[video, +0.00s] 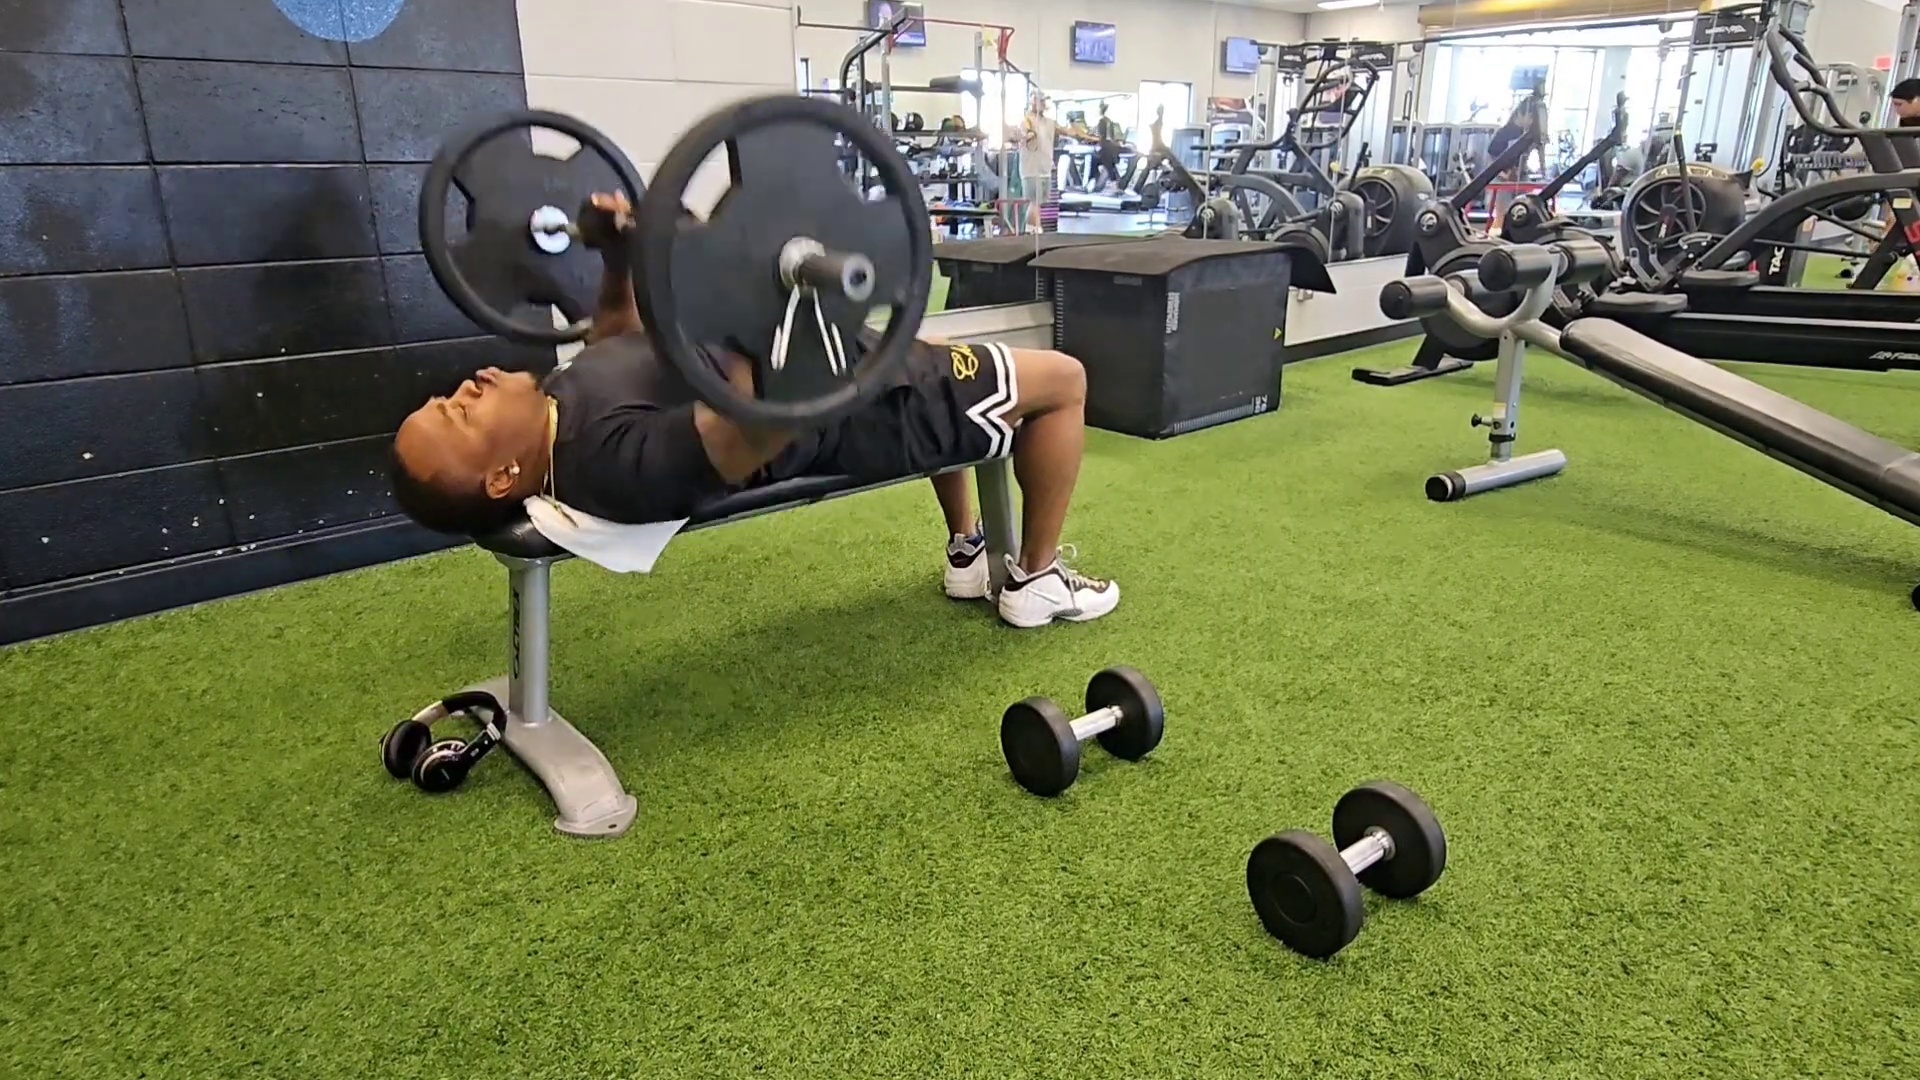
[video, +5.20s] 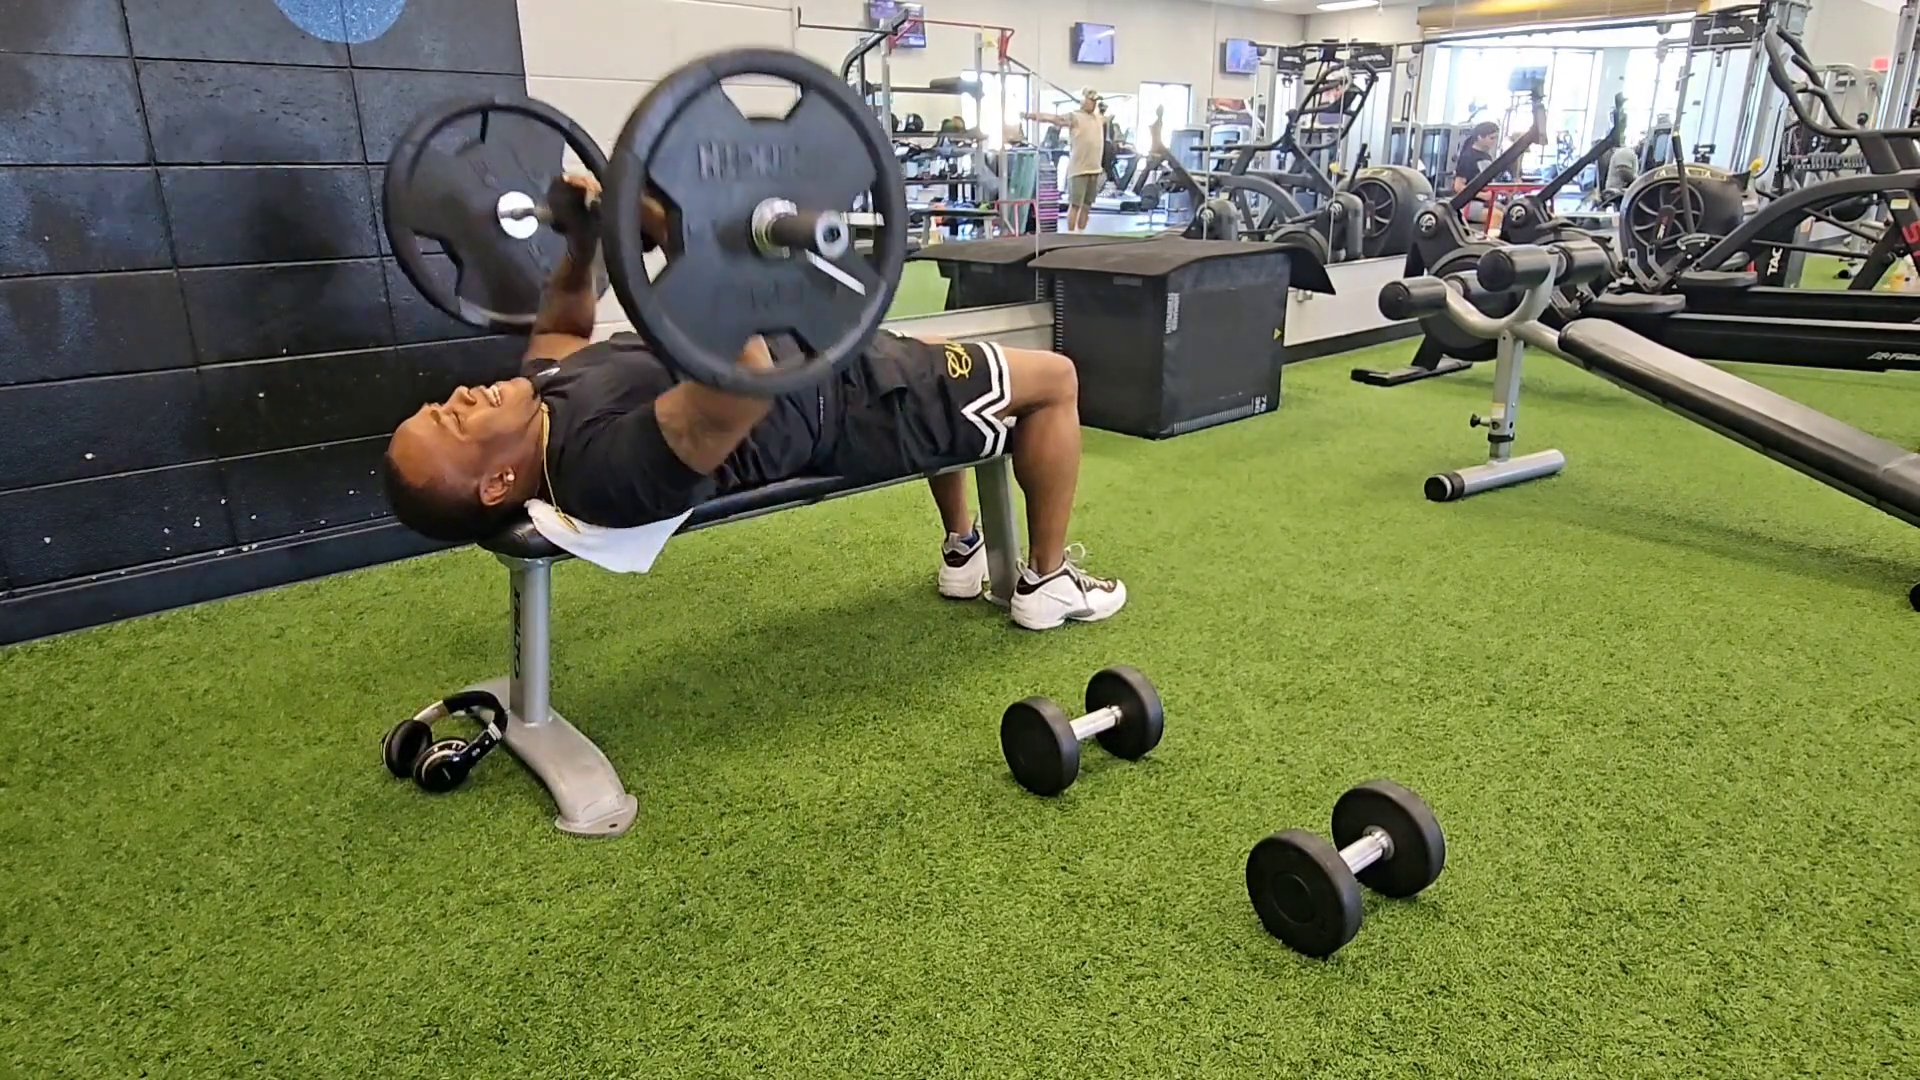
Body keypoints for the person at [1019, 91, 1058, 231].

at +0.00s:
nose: (1044, 103)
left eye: (1044, 100)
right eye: (1040, 100)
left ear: (1045, 102)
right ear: (1032, 102)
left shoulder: (1049, 122)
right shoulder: (1026, 121)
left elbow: (1066, 131)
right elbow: (1024, 133)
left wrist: (1081, 134)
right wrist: (1029, 135)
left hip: (1045, 166)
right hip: (1030, 166)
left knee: (1038, 201)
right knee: (1034, 200)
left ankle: (1029, 228)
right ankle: (1038, 229)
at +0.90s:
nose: (1055, 105)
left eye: (1057, 102)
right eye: (1052, 101)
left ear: (1059, 105)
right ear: (1045, 103)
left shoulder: (1060, 124)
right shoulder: (1036, 120)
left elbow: (1077, 132)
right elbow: (1025, 128)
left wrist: (1094, 134)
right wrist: (1016, 130)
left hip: (1055, 171)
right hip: (1040, 171)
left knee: (1054, 205)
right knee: (1044, 206)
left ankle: (1036, 227)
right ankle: (1041, 233)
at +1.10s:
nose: (1061, 106)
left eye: (1063, 103)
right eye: (1059, 102)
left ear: (1065, 105)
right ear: (1051, 102)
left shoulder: (1064, 123)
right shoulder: (1041, 118)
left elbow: (1081, 131)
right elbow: (1027, 124)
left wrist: (1099, 132)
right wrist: (1016, 124)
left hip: (1061, 169)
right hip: (1044, 170)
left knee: (1068, 201)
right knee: (1043, 205)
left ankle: (1055, 228)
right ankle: (1040, 233)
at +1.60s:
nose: (1082, 106)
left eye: (1084, 103)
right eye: (1080, 102)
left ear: (1086, 104)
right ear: (1074, 102)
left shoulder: (1086, 120)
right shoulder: (1062, 118)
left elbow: (1099, 119)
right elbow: (1044, 120)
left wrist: (1108, 115)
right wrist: (1028, 117)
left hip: (1082, 169)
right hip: (1066, 169)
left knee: (1079, 205)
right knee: (1066, 205)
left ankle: (1074, 232)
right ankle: (1050, 225)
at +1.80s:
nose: (1088, 105)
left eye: (1089, 102)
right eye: (1086, 101)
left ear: (1089, 104)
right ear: (1078, 101)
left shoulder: (1090, 119)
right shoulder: (1067, 117)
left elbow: (1101, 119)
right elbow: (1047, 120)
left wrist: (1110, 114)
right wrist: (1029, 116)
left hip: (1086, 167)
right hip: (1070, 167)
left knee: (1082, 203)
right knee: (1078, 201)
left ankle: (1075, 232)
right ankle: (1061, 224)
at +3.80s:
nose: (1098, 104)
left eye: (1099, 101)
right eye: (1095, 100)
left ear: (1099, 103)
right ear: (1086, 101)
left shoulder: (1099, 119)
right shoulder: (1076, 117)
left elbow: (1108, 121)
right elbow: (1053, 121)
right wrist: (1029, 122)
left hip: (1095, 170)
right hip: (1078, 169)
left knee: (1087, 207)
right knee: (1076, 205)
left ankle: (1081, 235)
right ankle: (1071, 235)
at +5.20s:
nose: (1094, 104)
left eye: (1095, 100)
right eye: (1091, 100)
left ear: (1096, 102)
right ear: (1084, 101)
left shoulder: (1099, 118)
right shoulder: (1075, 117)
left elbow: (1107, 119)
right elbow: (1053, 118)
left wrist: (1110, 116)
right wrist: (1030, 116)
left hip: (1095, 167)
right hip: (1078, 167)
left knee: (1087, 206)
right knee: (1076, 205)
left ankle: (1081, 234)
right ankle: (1071, 235)